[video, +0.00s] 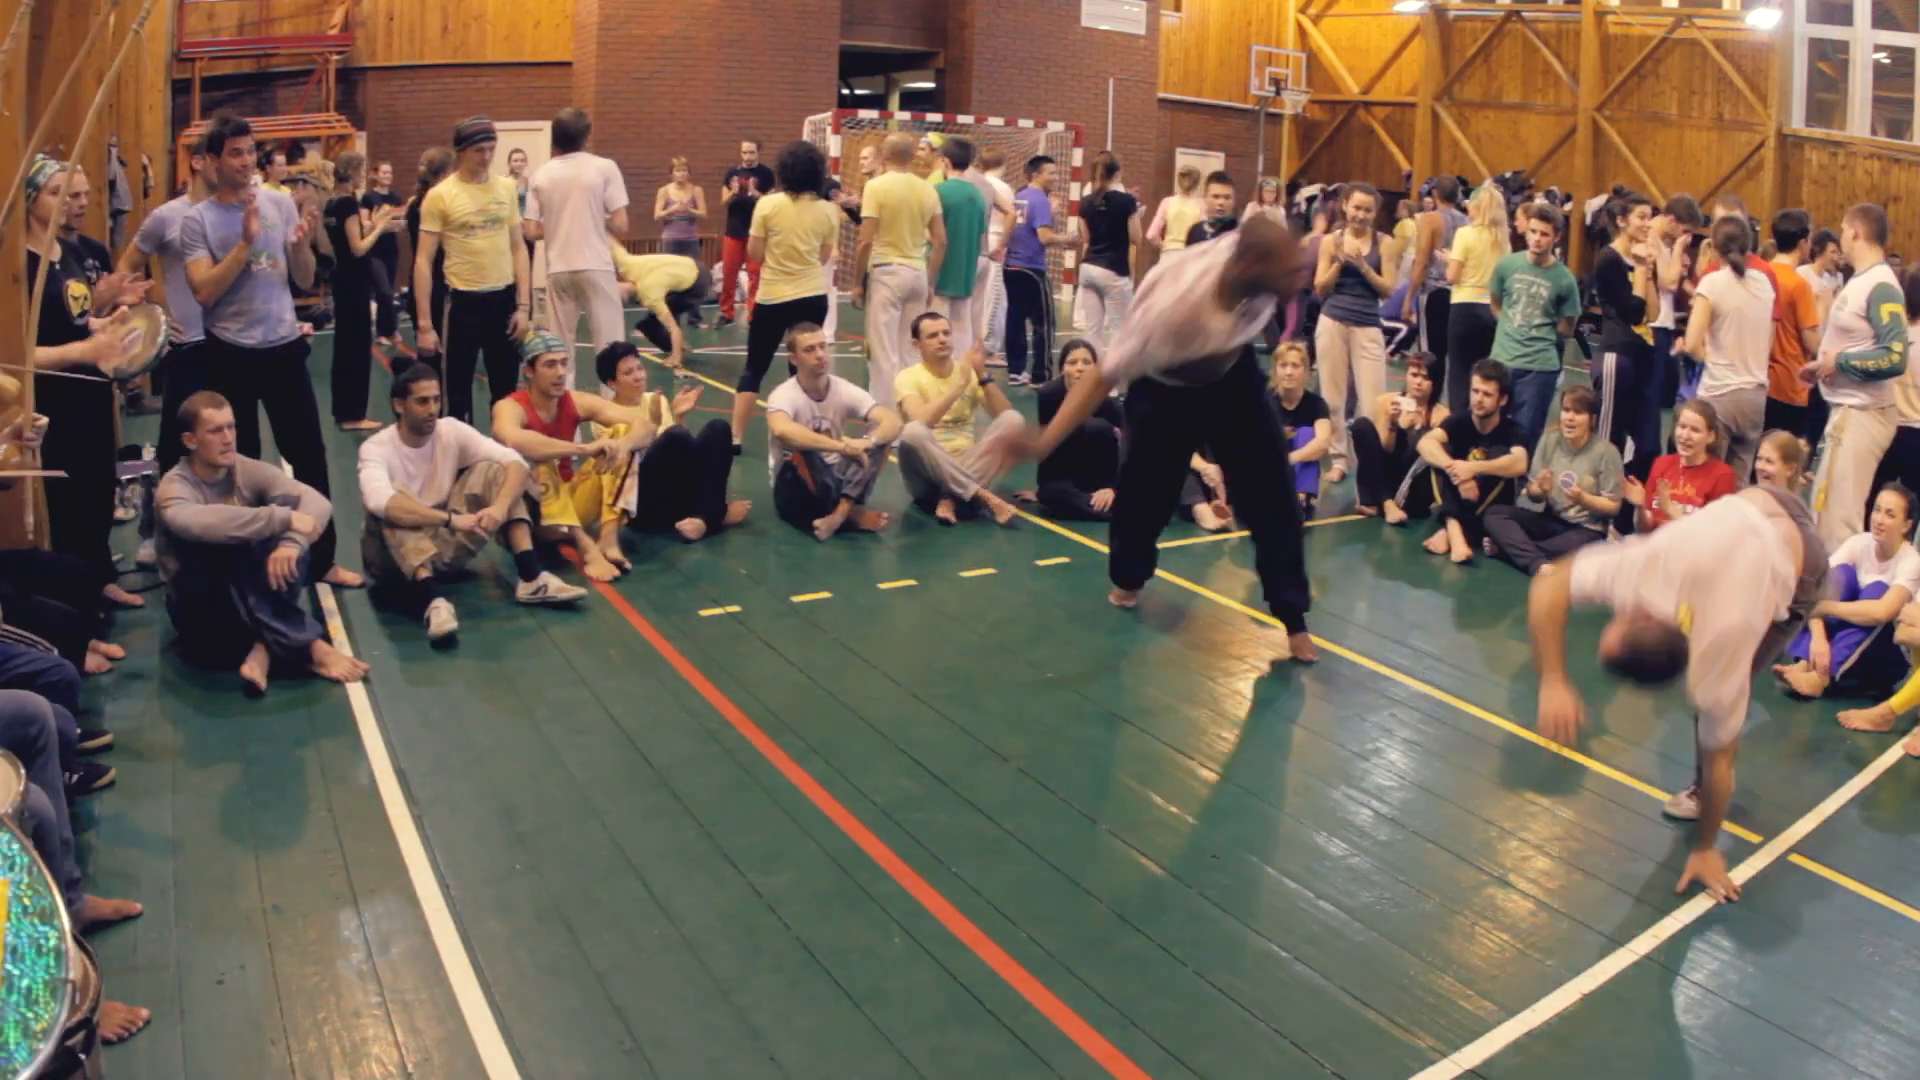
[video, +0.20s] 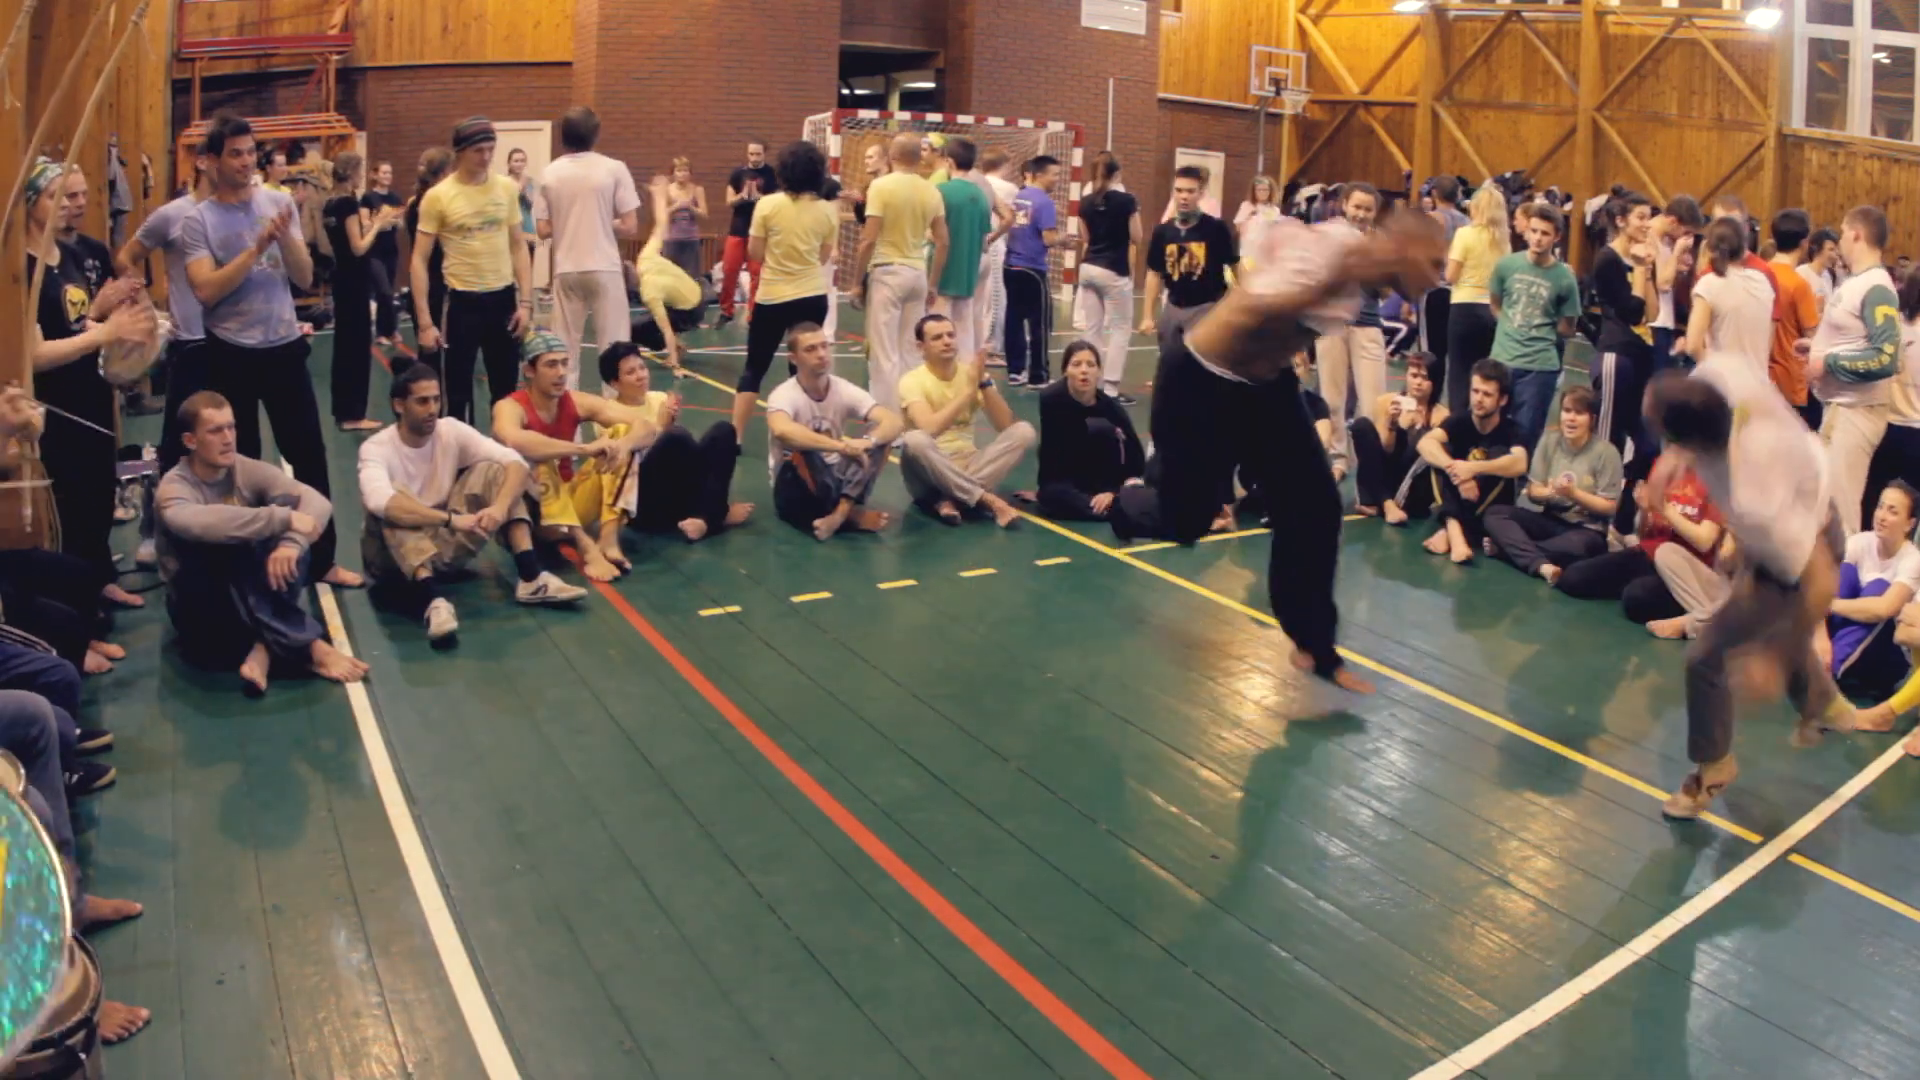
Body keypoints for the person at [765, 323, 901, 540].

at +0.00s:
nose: (820, 355)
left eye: (822, 347)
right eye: (810, 350)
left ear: (828, 348)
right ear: (793, 358)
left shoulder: (841, 388)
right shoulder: (784, 394)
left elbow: (893, 422)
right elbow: (781, 430)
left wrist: (869, 441)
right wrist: (841, 447)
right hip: (797, 495)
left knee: (880, 440)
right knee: (803, 453)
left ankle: (839, 513)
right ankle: (851, 512)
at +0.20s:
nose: (821, 355)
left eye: (824, 347)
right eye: (811, 350)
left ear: (829, 348)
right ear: (793, 357)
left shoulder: (841, 388)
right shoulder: (784, 394)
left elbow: (893, 422)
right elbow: (781, 430)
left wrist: (869, 441)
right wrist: (841, 446)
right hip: (796, 496)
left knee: (880, 440)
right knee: (803, 453)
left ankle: (839, 513)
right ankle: (850, 512)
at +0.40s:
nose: (823, 355)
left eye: (826, 347)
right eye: (813, 349)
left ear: (831, 348)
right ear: (794, 357)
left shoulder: (841, 389)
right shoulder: (784, 394)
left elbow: (893, 421)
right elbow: (782, 430)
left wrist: (869, 441)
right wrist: (841, 446)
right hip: (796, 495)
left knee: (880, 441)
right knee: (803, 453)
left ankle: (839, 514)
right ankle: (850, 512)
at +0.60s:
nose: (824, 355)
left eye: (827, 347)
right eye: (814, 349)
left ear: (832, 349)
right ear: (795, 356)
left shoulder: (841, 388)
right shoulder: (785, 394)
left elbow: (892, 421)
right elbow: (782, 430)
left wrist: (870, 441)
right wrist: (841, 447)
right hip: (797, 495)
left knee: (881, 440)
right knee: (803, 453)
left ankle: (840, 513)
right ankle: (850, 512)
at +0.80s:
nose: (825, 354)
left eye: (827, 347)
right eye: (815, 348)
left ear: (832, 348)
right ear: (795, 356)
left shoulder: (842, 389)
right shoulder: (785, 394)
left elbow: (893, 422)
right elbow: (782, 431)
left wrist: (869, 441)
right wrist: (841, 446)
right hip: (797, 499)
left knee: (881, 438)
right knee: (804, 453)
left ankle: (840, 513)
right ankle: (851, 512)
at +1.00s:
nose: (823, 354)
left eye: (825, 346)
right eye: (813, 348)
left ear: (830, 349)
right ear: (794, 355)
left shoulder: (842, 389)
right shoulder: (784, 394)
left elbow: (893, 422)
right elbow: (782, 431)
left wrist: (869, 441)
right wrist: (841, 446)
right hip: (797, 500)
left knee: (877, 431)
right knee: (804, 453)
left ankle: (840, 512)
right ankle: (851, 512)